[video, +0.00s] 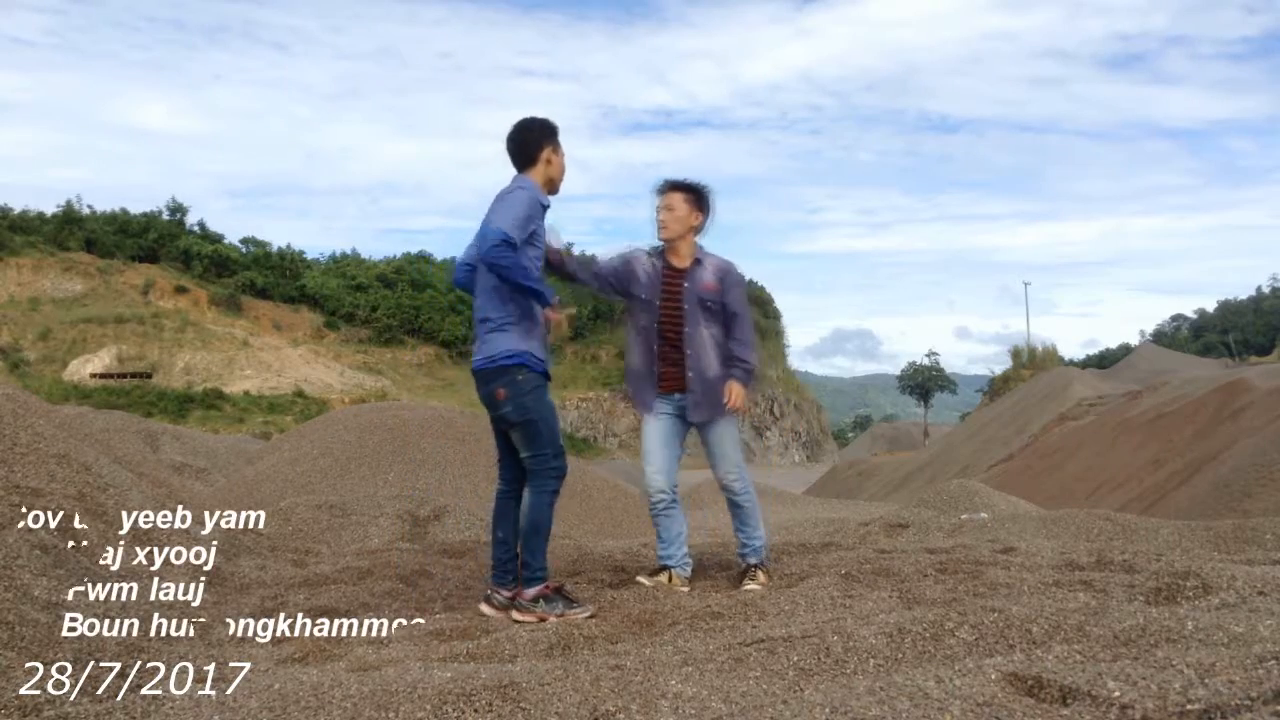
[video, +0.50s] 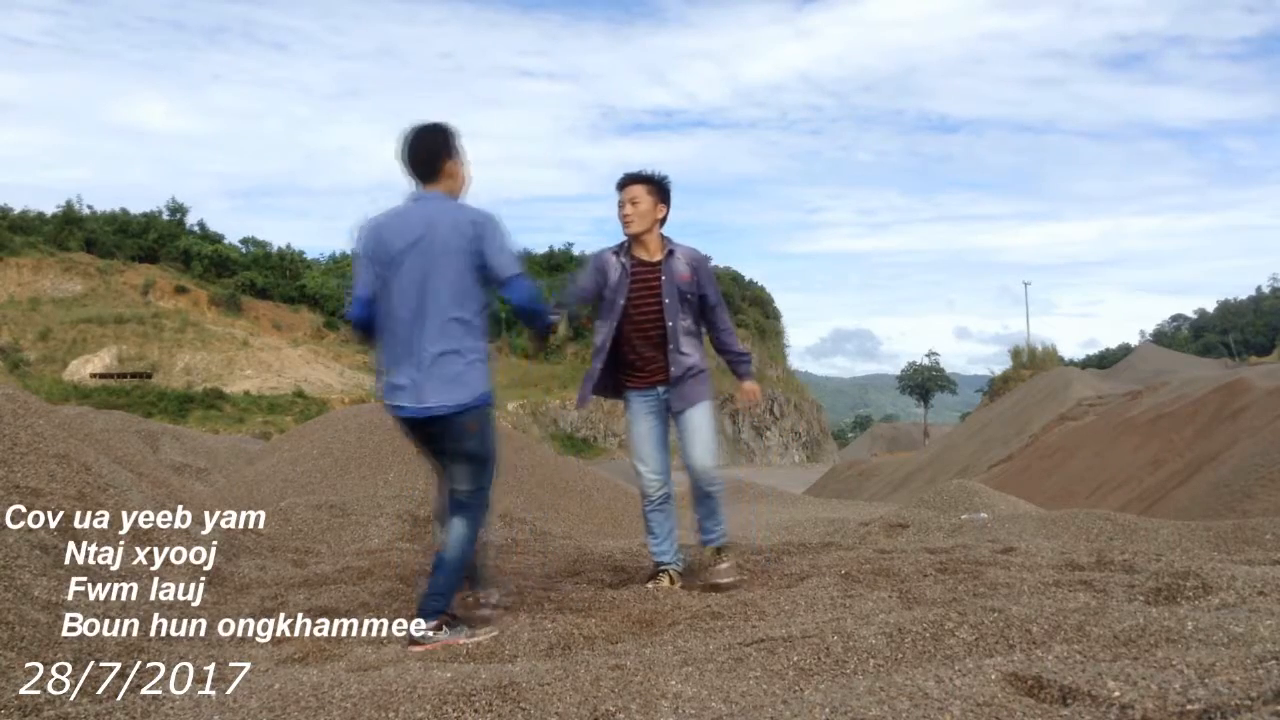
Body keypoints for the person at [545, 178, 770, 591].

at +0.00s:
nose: (661, 217)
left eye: (670, 210)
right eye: (659, 210)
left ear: (697, 218)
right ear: (658, 217)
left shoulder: (722, 273)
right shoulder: (637, 266)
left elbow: (742, 331)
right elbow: (590, 271)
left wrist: (739, 376)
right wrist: (548, 251)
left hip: (710, 397)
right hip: (660, 400)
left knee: (732, 480)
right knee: (658, 487)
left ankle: (754, 562)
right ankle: (675, 569)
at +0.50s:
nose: (624, 212)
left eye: (634, 203)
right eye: (621, 205)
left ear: (661, 210)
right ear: (619, 213)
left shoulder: (690, 262)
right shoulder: (606, 264)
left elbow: (718, 321)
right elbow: (568, 296)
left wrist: (744, 373)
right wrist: (540, 311)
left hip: (688, 383)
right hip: (639, 392)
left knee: (702, 467)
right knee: (652, 483)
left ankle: (717, 549)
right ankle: (666, 567)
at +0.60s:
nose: (626, 211)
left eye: (635, 203)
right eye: (623, 205)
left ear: (662, 210)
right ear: (621, 212)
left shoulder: (692, 263)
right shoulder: (607, 266)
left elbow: (720, 324)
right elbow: (587, 321)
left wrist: (745, 374)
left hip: (686, 386)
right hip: (637, 393)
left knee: (694, 473)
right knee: (651, 483)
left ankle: (701, 559)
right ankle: (665, 566)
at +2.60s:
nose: (686, 216)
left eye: (695, 208)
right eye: (682, 209)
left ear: (721, 210)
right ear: (679, 212)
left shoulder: (738, 265)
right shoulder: (672, 266)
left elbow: (727, 329)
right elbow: (646, 322)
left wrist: (704, 382)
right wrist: (623, 374)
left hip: (709, 395)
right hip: (662, 392)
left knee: (703, 484)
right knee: (643, 474)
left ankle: (692, 574)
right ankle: (690, 546)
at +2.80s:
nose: (722, 238)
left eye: (732, 231)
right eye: (719, 230)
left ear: (755, 240)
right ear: (714, 236)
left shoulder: (769, 296)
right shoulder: (695, 288)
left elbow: (774, 344)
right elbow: (659, 330)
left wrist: (745, 335)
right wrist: (628, 362)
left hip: (741, 403)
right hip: (697, 403)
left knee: (718, 474)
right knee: (693, 493)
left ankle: (702, 571)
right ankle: (739, 565)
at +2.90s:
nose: (729, 244)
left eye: (739, 237)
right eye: (726, 237)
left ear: (761, 247)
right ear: (720, 243)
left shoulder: (782, 300)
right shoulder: (705, 299)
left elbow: (801, 354)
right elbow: (675, 341)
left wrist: (775, 342)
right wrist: (645, 369)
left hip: (756, 404)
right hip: (712, 406)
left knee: (736, 466)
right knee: (697, 487)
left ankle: (740, 558)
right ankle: (724, 555)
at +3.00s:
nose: (742, 240)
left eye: (751, 233)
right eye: (738, 234)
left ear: (773, 239)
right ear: (734, 239)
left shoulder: (796, 291)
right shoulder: (719, 295)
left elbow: (820, 342)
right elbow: (700, 347)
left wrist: (808, 373)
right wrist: (681, 376)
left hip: (776, 400)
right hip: (728, 402)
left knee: (766, 461)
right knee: (719, 483)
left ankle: (781, 540)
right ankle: (736, 567)